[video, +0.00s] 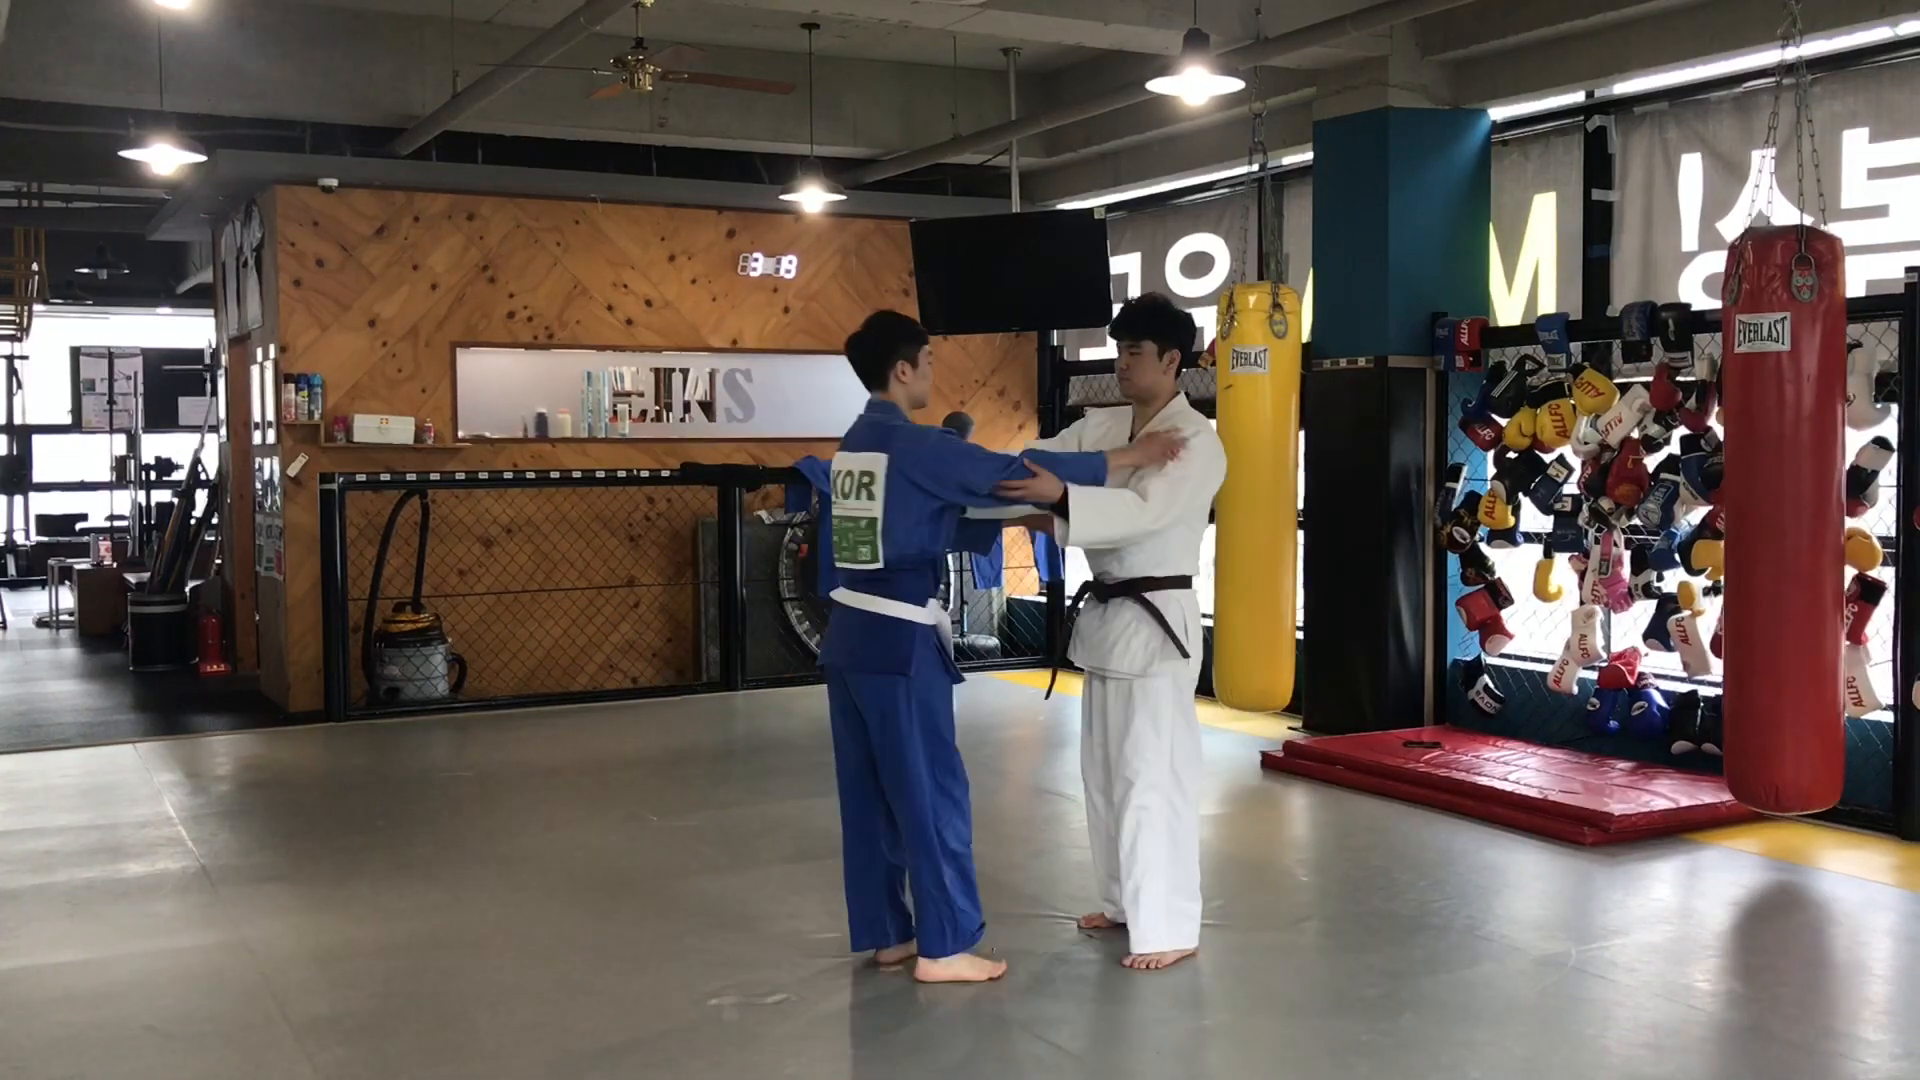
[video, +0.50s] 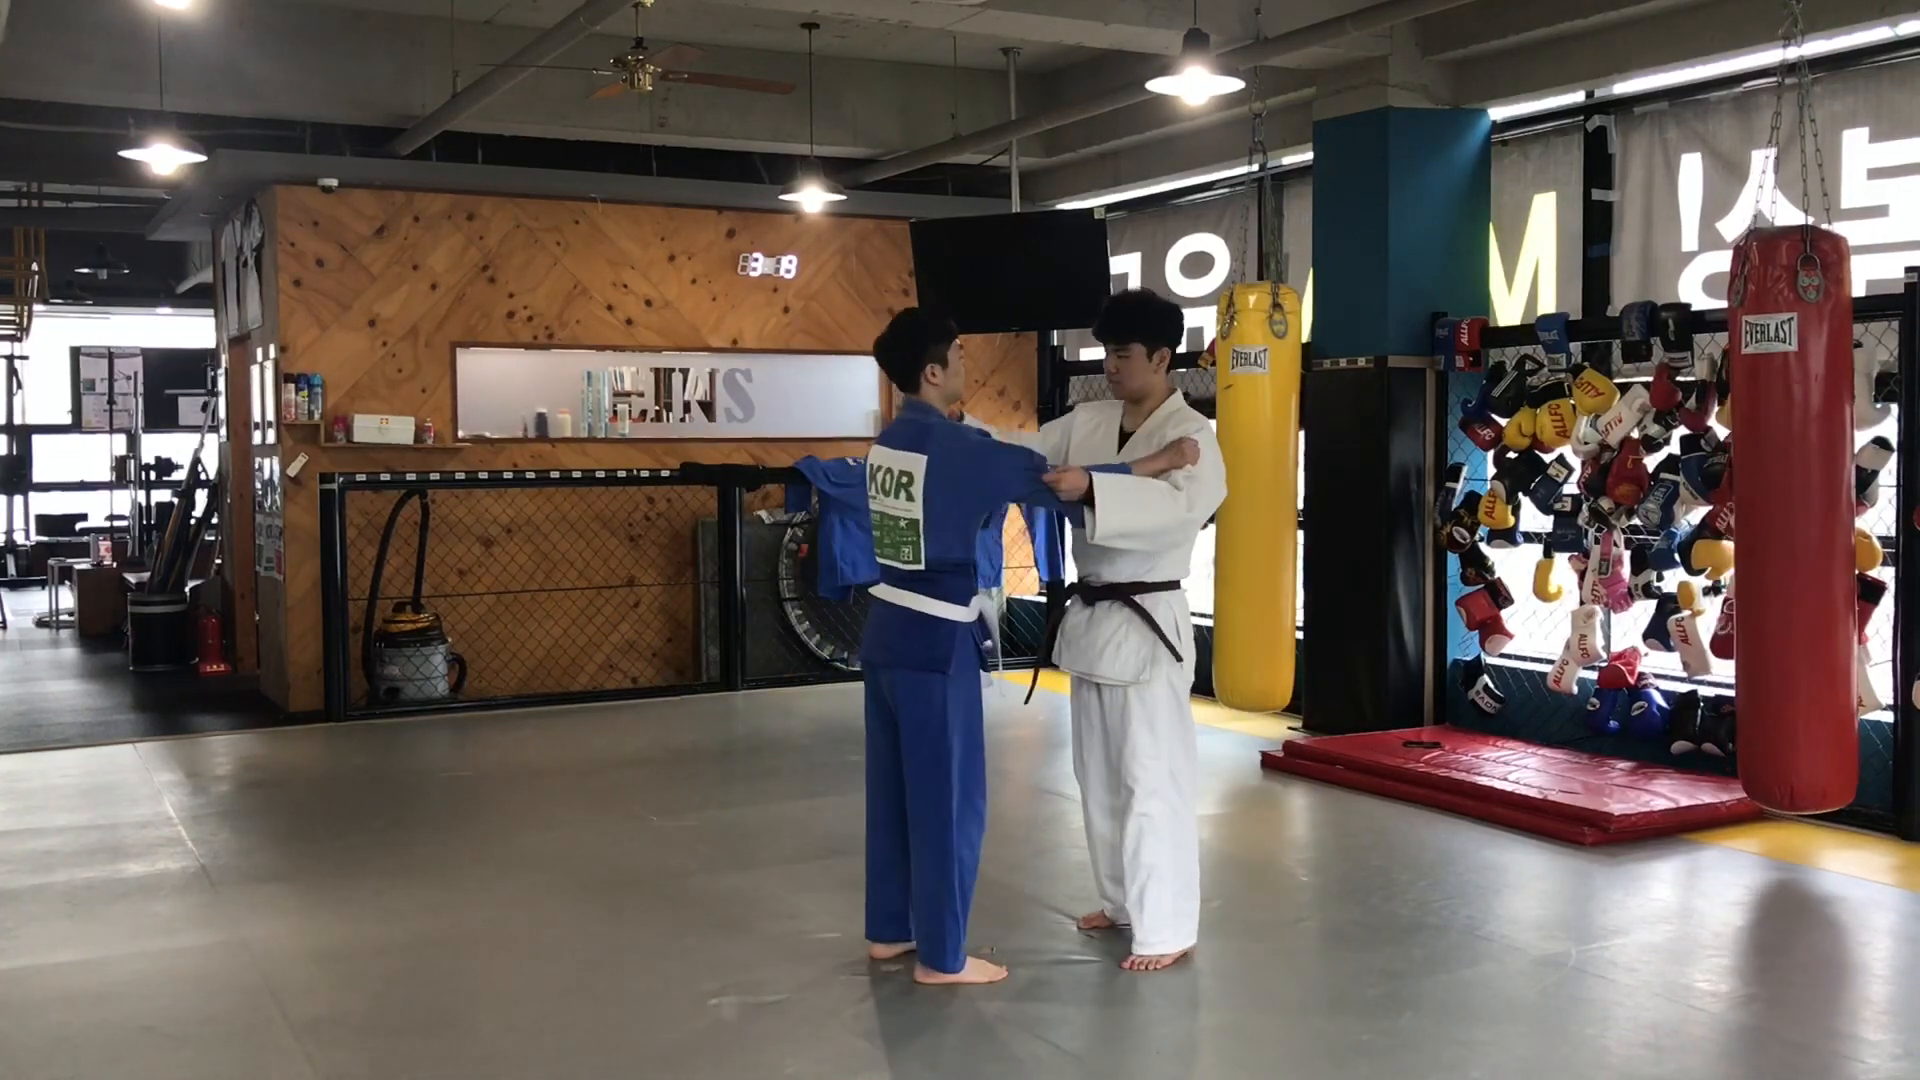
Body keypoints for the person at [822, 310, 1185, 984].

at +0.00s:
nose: (933, 375)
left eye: (928, 362)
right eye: (927, 363)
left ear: (874, 374)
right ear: (903, 370)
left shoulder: (857, 443)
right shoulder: (920, 447)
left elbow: (953, 520)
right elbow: (1016, 470)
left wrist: (1016, 505)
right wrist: (1128, 457)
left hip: (849, 645)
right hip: (900, 648)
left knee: (867, 797)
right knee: (932, 792)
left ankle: (886, 937)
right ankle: (945, 949)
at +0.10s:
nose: (944, 374)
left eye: (940, 362)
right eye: (938, 364)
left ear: (882, 373)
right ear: (913, 371)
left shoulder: (864, 441)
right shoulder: (935, 447)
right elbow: (1028, 473)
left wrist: (1026, 500)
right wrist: (1135, 470)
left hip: (857, 647)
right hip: (910, 652)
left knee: (873, 799)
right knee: (937, 800)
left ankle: (888, 936)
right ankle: (943, 953)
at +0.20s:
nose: (949, 372)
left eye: (945, 360)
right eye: (943, 361)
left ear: (882, 373)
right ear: (921, 369)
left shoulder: (867, 442)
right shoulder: (944, 448)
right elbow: (1040, 488)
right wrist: (1141, 480)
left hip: (865, 643)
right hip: (919, 649)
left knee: (879, 792)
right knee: (937, 799)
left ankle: (887, 935)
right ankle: (939, 956)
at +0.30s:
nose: (949, 370)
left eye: (945, 358)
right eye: (943, 360)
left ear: (886, 374)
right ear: (921, 369)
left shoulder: (875, 440)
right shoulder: (950, 449)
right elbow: (1044, 491)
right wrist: (1148, 478)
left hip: (871, 642)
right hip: (925, 648)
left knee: (885, 791)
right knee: (938, 801)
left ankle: (889, 931)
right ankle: (936, 956)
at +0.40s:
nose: (956, 368)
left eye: (951, 356)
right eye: (949, 358)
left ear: (894, 376)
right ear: (924, 371)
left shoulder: (883, 442)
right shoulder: (956, 450)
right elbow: (1049, 482)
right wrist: (1149, 469)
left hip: (878, 643)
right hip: (932, 650)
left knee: (893, 797)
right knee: (945, 804)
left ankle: (890, 933)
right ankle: (939, 957)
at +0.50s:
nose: (965, 369)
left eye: (960, 357)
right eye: (957, 359)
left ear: (899, 376)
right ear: (933, 371)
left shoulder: (891, 439)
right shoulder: (965, 452)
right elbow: (1057, 480)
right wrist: (1150, 466)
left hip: (884, 639)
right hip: (938, 647)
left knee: (891, 792)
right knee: (948, 801)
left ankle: (888, 932)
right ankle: (942, 957)